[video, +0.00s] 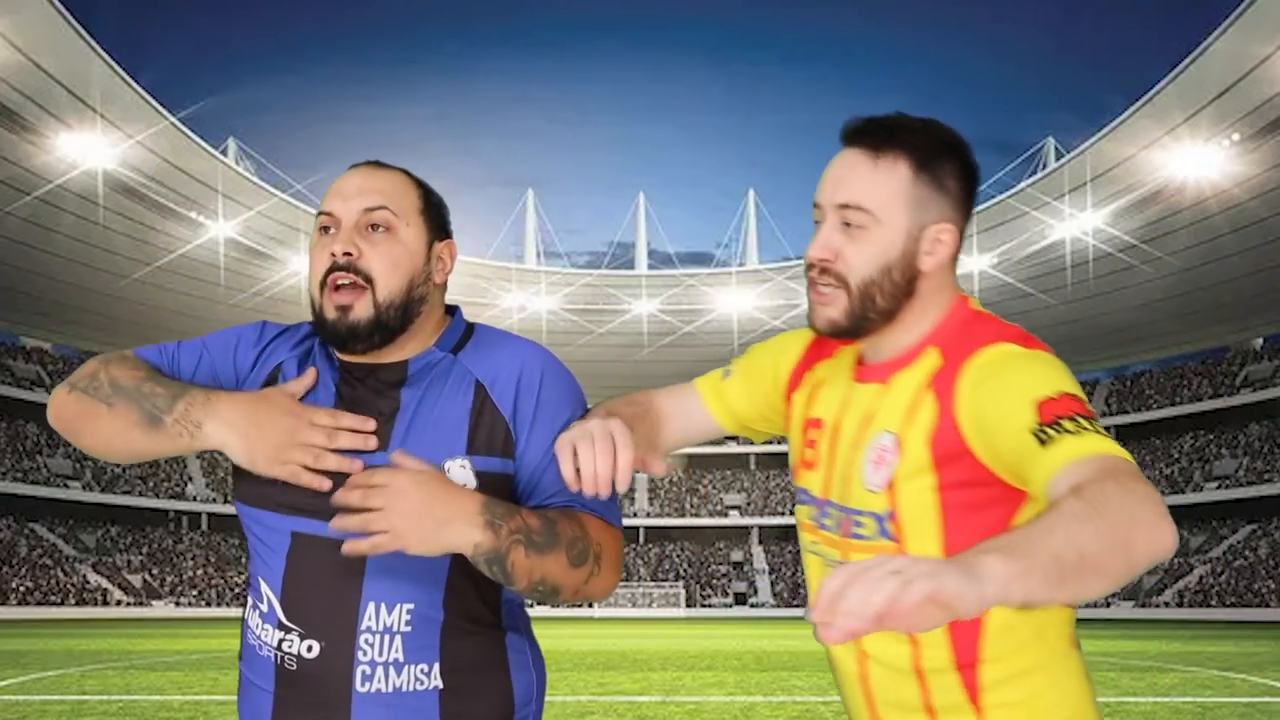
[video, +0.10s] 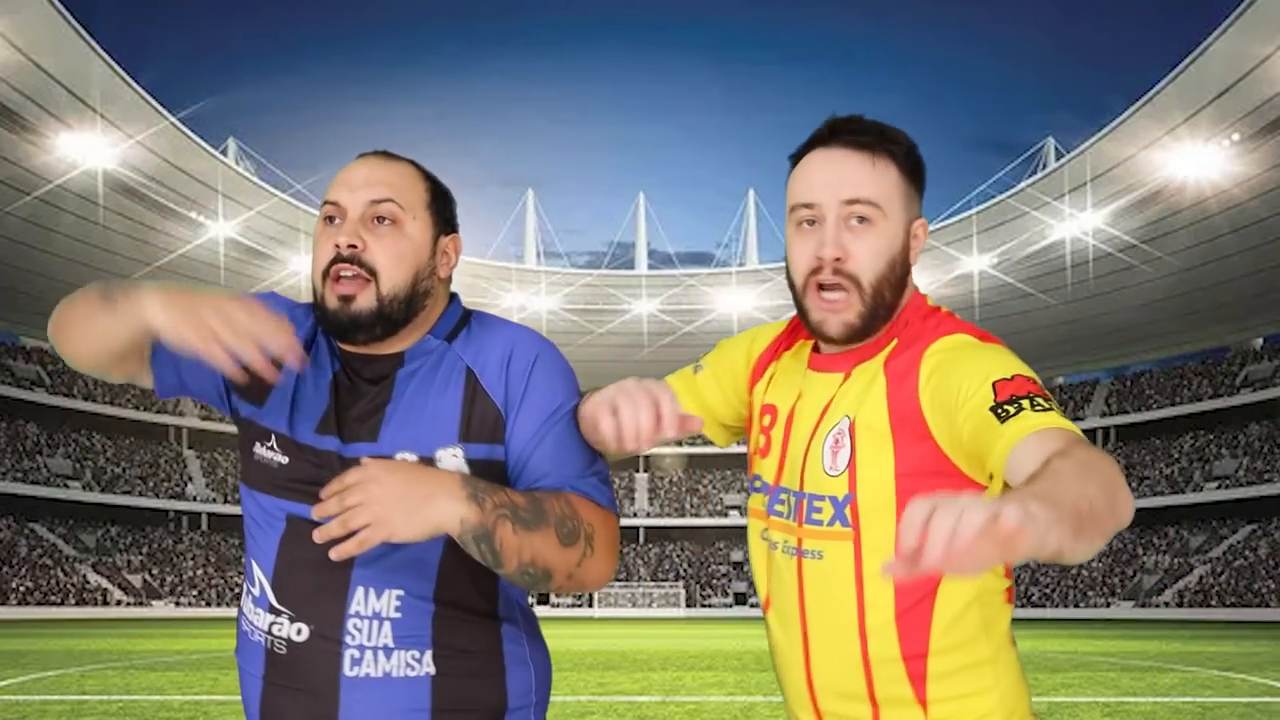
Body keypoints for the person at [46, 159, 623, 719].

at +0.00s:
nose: (339, 248)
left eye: (375, 228)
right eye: (327, 228)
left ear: (440, 261)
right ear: (311, 254)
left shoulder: (518, 378)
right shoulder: (259, 358)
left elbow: (595, 565)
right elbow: (75, 403)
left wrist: (471, 519)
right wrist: (222, 421)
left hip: (465, 705)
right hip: (283, 702)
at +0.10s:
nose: (344, 238)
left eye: (381, 219)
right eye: (332, 217)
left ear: (445, 255)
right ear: (315, 242)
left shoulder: (515, 365)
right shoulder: (270, 340)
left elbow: (591, 553)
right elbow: (69, 334)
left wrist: (454, 501)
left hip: (465, 703)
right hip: (290, 700)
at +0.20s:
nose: (333, 230)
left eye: (371, 211)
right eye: (321, 211)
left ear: (437, 244)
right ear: (306, 230)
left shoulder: (503, 357)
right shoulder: (272, 314)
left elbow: (575, 553)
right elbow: (140, 248)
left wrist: (431, 480)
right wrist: (130, 174)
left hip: (459, 701)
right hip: (281, 700)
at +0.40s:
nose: (314, 252)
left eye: (351, 224)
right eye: (314, 229)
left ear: (439, 243)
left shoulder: (523, 370)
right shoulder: (304, 321)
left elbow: (590, 573)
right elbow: (195, 259)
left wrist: (403, 529)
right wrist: (166, 183)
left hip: (464, 708)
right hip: (290, 705)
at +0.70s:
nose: (253, 259)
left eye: (281, 231)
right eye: (263, 233)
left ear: (364, 246)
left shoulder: (489, 386)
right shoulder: (254, 373)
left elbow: (566, 587)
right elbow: (156, 446)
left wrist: (472, 712)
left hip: (398, 702)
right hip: (228, 701)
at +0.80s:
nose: (197, 267)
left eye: (217, 240)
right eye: (207, 241)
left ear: (289, 249)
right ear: (288, 252)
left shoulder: (417, 381)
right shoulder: (223, 382)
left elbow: (483, 588)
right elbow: (149, 520)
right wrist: (76, 575)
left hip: (344, 708)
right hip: (191, 708)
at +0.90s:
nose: (141, 277)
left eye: (155, 248)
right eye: (149, 250)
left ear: (215, 253)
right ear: (215, 256)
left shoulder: (355, 372)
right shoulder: (194, 383)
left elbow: (405, 593)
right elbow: (162, 563)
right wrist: (95, 683)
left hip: (301, 708)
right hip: (162, 707)